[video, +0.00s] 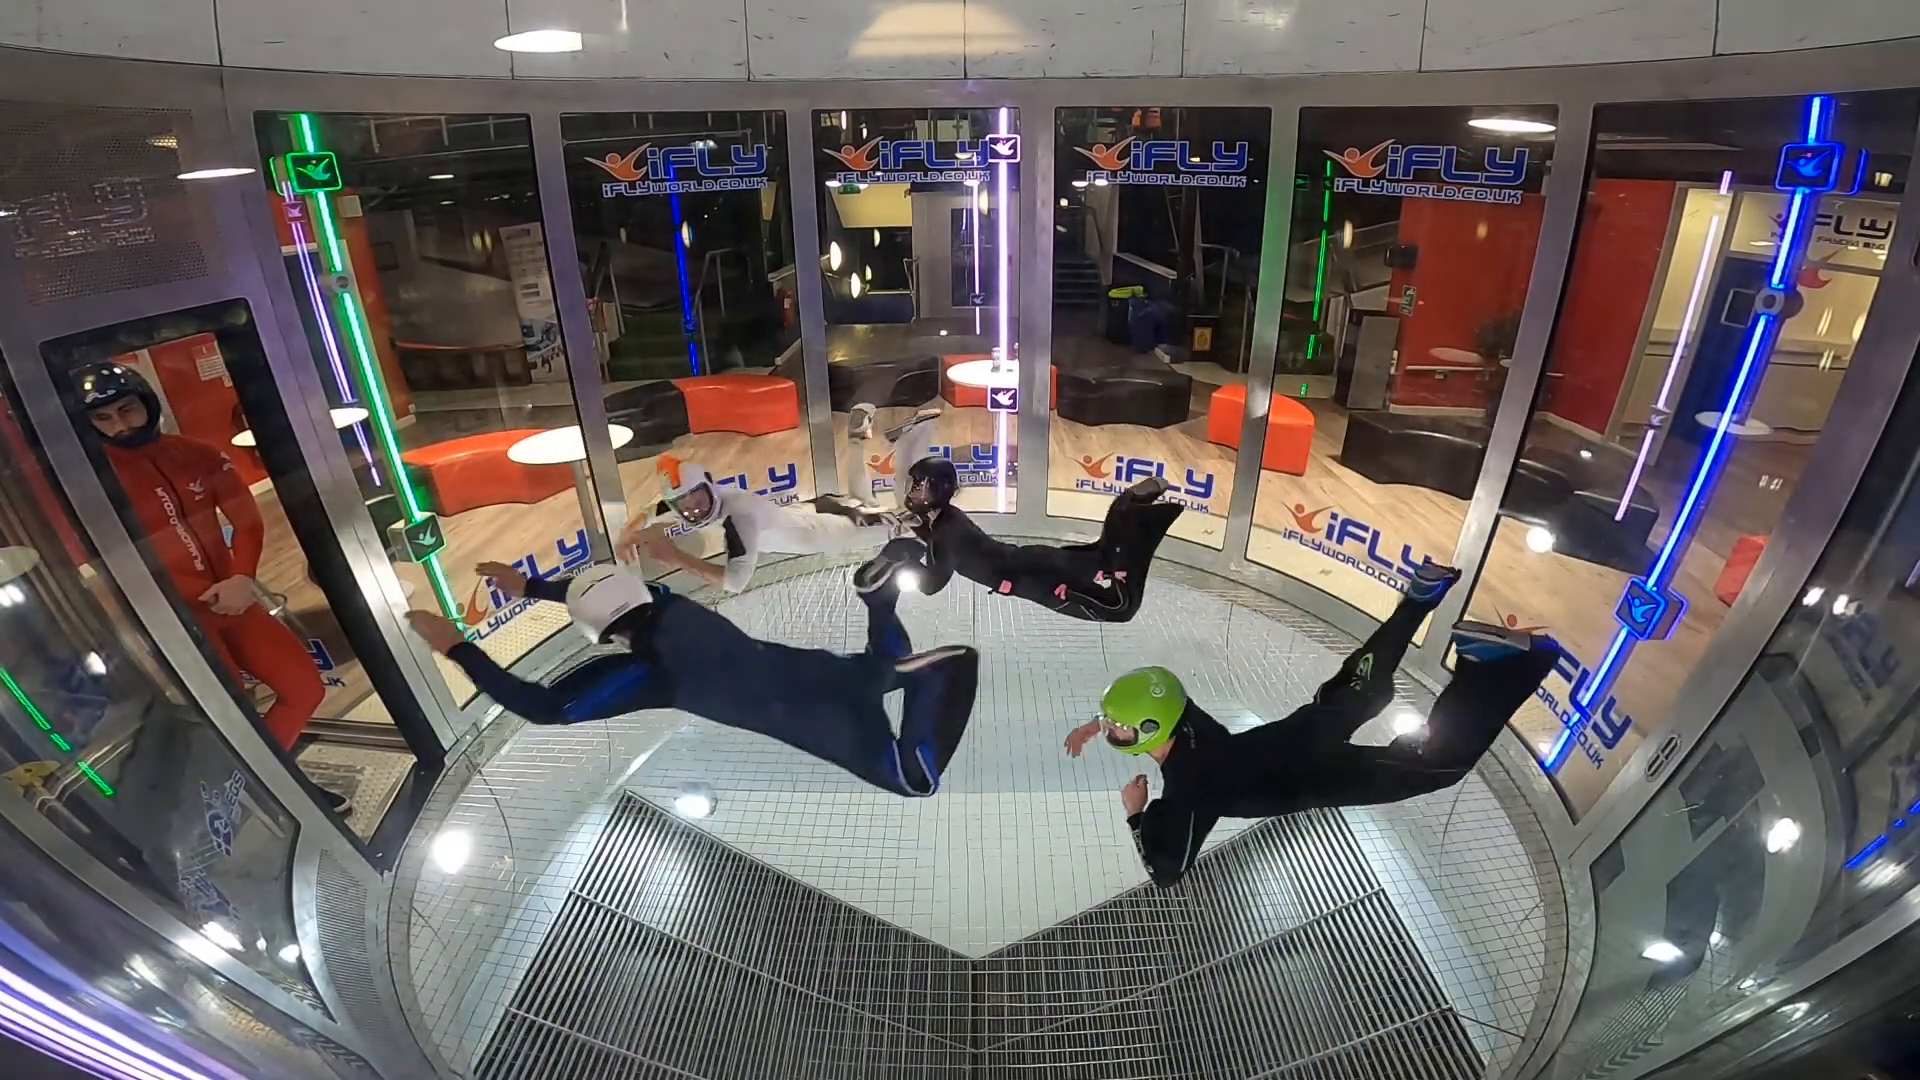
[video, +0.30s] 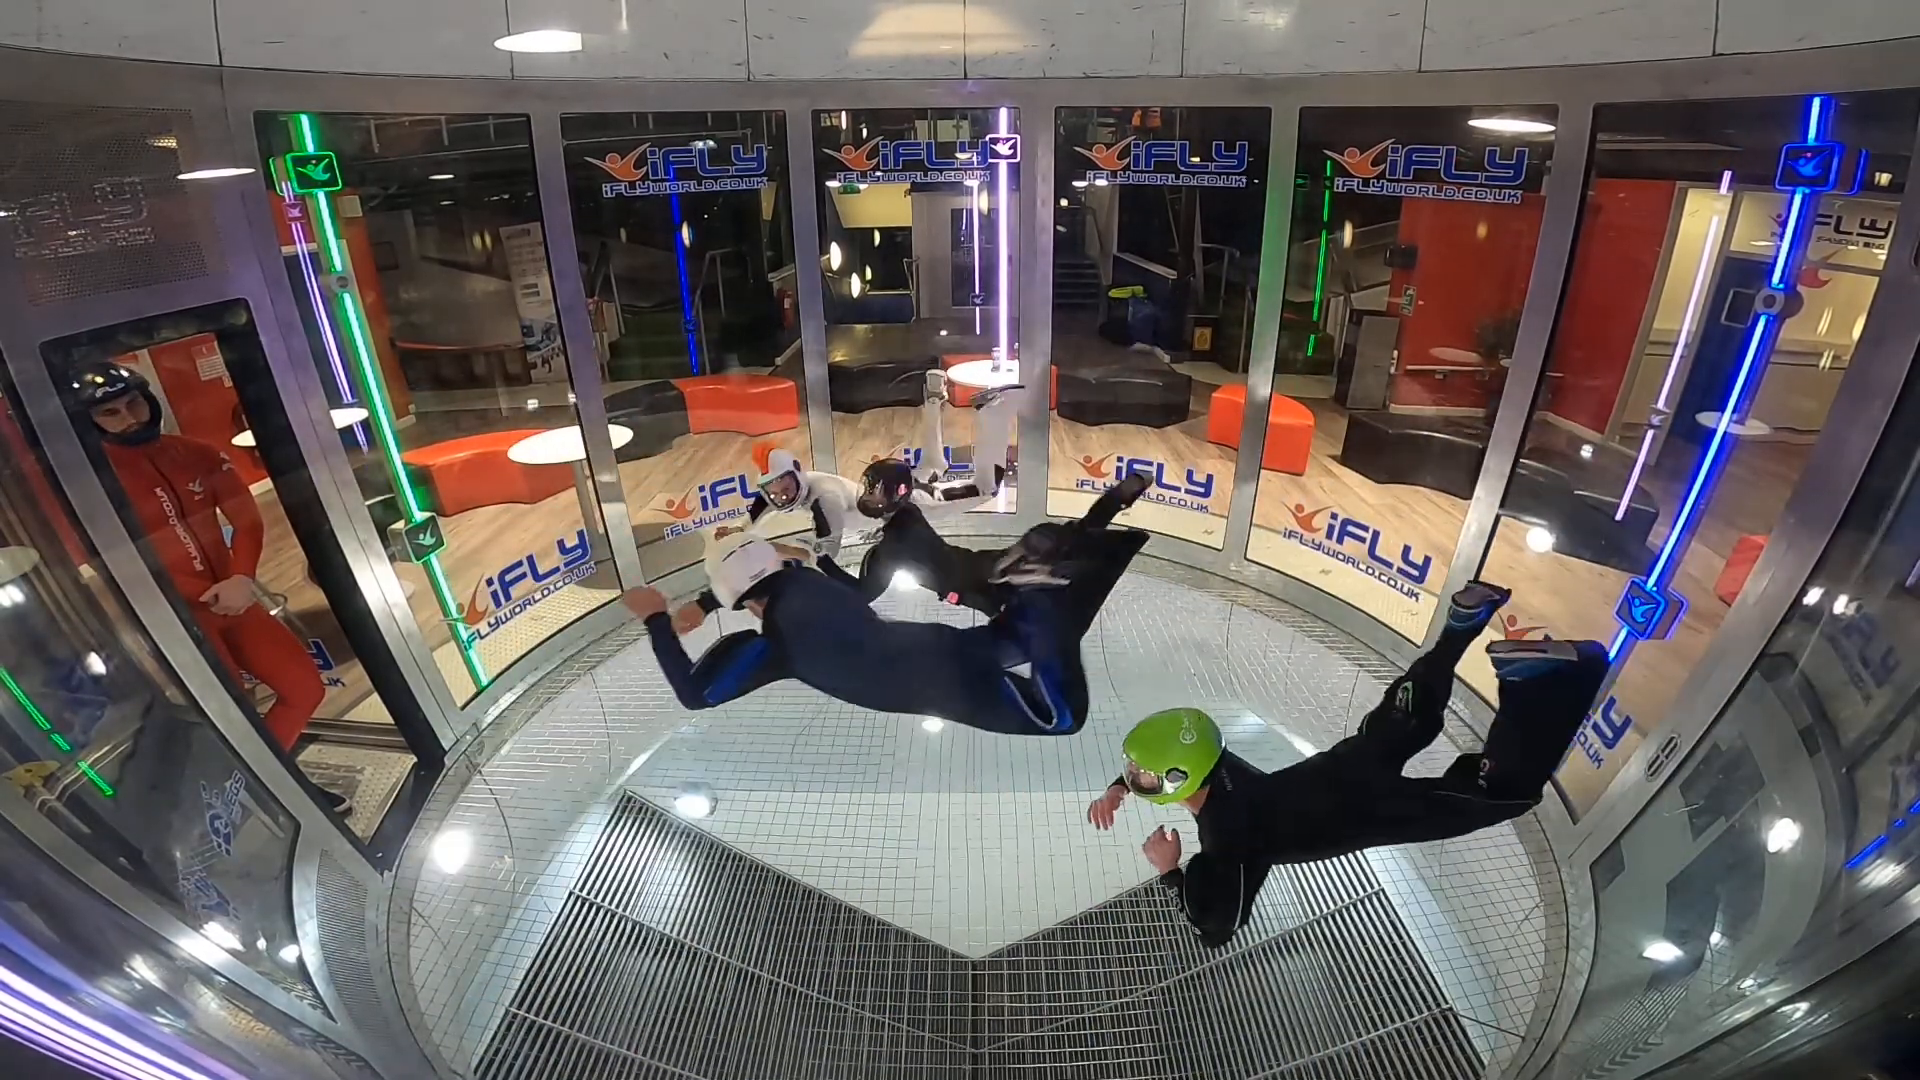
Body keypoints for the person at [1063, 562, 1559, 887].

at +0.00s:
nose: (1115, 734)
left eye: (1124, 729)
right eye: (1116, 724)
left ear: (1151, 731)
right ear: (1156, 710)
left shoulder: (1188, 782)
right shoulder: (1177, 714)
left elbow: (1168, 870)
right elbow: (1140, 706)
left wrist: (1141, 814)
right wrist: (1099, 726)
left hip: (1321, 776)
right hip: (1298, 730)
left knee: (1438, 762)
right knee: (1362, 684)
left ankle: (1523, 664)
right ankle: (1416, 602)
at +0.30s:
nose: (1141, 781)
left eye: (1150, 777)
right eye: (1143, 771)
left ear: (1184, 781)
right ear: (1194, 761)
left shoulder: (1230, 831)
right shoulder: (1208, 761)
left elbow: (1215, 926)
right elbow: (1164, 757)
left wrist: (1176, 869)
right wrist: (1122, 787)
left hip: (1376, 810)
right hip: (1342, 764)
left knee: (1503, 793)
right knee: (1411, 714)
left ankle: (1543, 679)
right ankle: (1464, 628)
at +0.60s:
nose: (1122, 859)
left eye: (1131, 854)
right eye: (1125, 843)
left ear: (1163, 865)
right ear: (1182, 815)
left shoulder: (1215, 913)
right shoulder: (1201, 823)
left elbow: (1174, 1011)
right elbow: (1149, 807)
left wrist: (1130, 951)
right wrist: (1095, 844)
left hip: (1383, 891)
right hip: (1346, 834)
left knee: (1530, 872)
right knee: (1433, 782)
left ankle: (1597, 775)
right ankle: (1527, 687)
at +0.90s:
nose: (1046, 945)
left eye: (1047, 940)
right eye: (1037, 929)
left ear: (1081, 947)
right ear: (1099, 880)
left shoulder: (1133, 1008)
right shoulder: (1128, 875)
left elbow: (1062, 1069)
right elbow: (1064, 875)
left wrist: (979, 1063)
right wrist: (996, 897)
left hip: (1330, 997)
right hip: (1302, 922)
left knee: (1459, 1006)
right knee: (1386, 902)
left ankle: (1569, 937)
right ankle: (1463, 856)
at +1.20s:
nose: (1003, 1008)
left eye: (1010, 992)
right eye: (993, 993)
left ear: (1036, 977)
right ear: (1000, 955)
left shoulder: (1081, 1054)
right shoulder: (1066, 930)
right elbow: (996, 909)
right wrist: (902, 918)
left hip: (1271, 1055)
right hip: (1244, 996)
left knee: (1397, 1064)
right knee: (1338, 998)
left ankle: (1528, 1025)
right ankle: (1422, 941)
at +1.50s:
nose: (995, 1013)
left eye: (998, 998)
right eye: (987, 998)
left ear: (1017, 990)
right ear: (1039, 933)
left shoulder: (1051, 1067)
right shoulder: (1066, 932)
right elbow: (1008, 908)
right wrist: (926, 927)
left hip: (1233, 1069)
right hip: (1220, 1012)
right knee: (1325, 1006)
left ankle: (1472, 1041)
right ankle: (1432, 973)